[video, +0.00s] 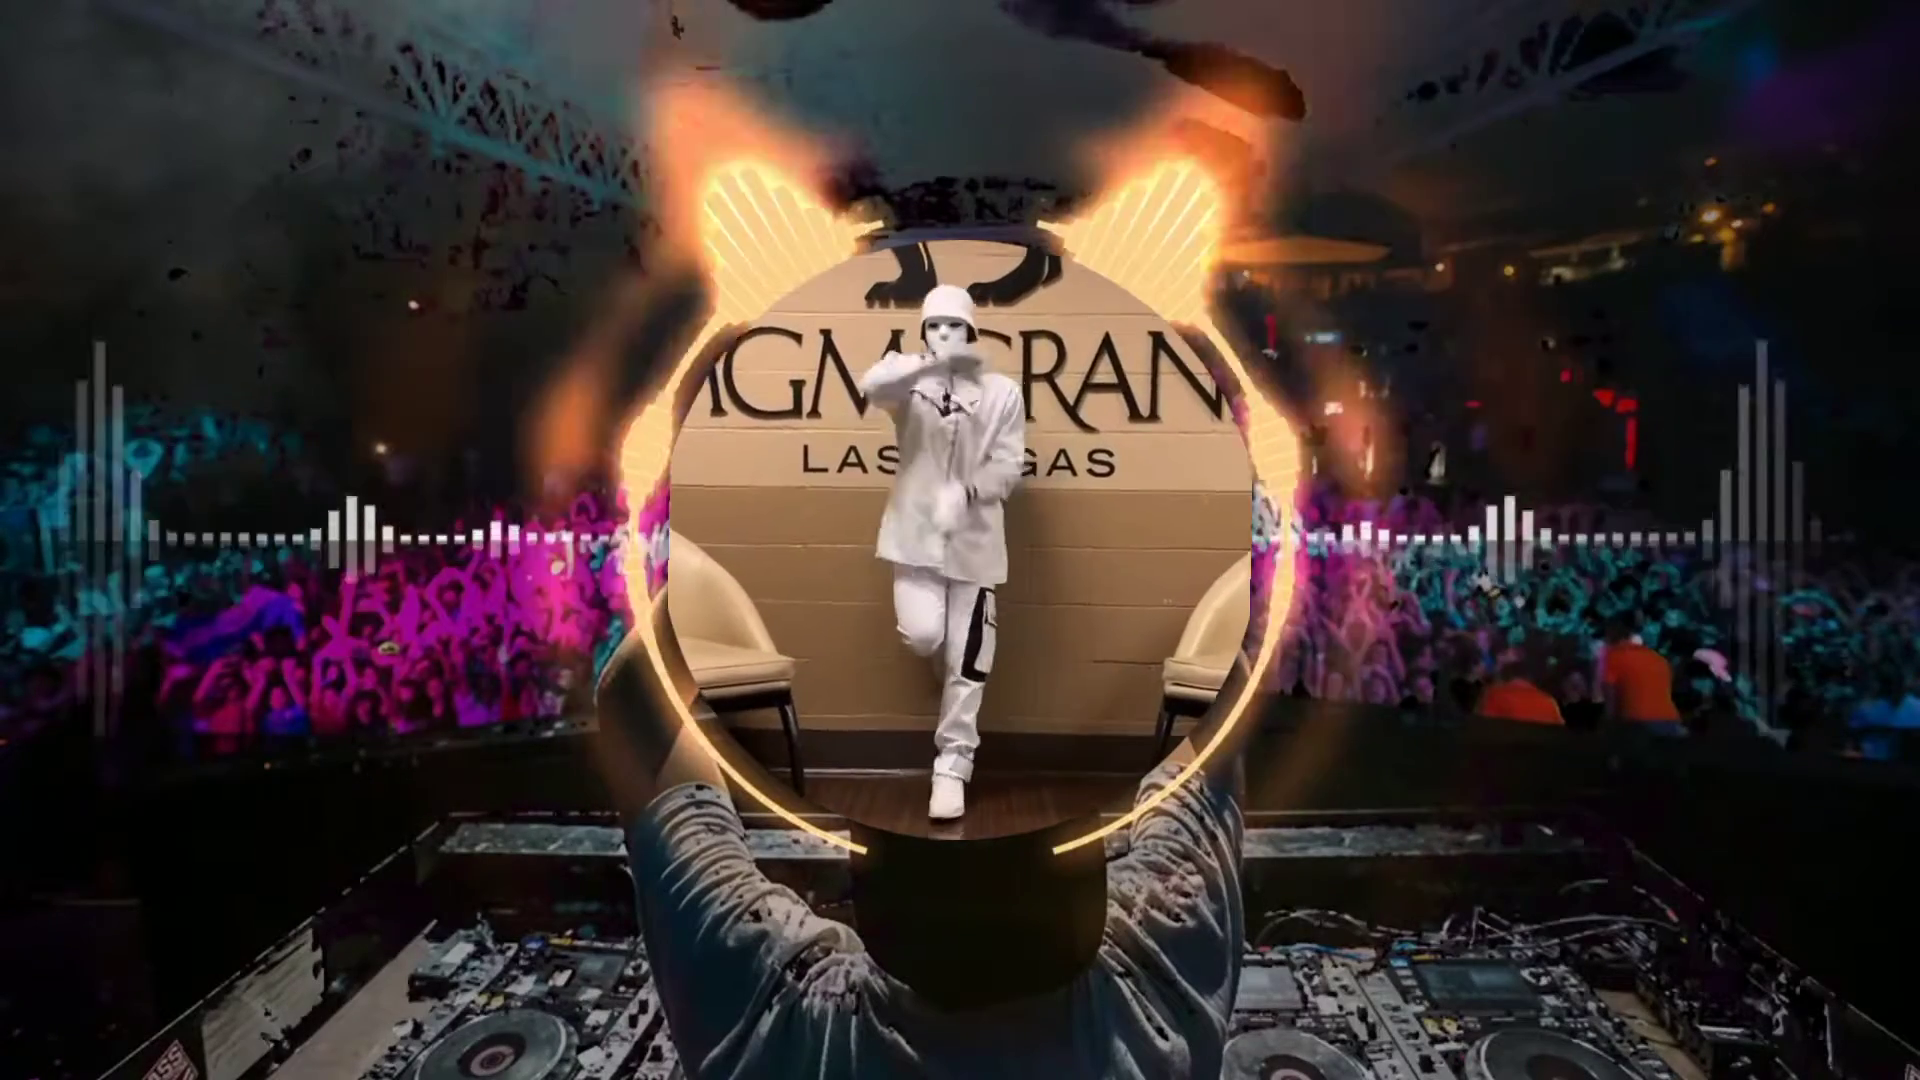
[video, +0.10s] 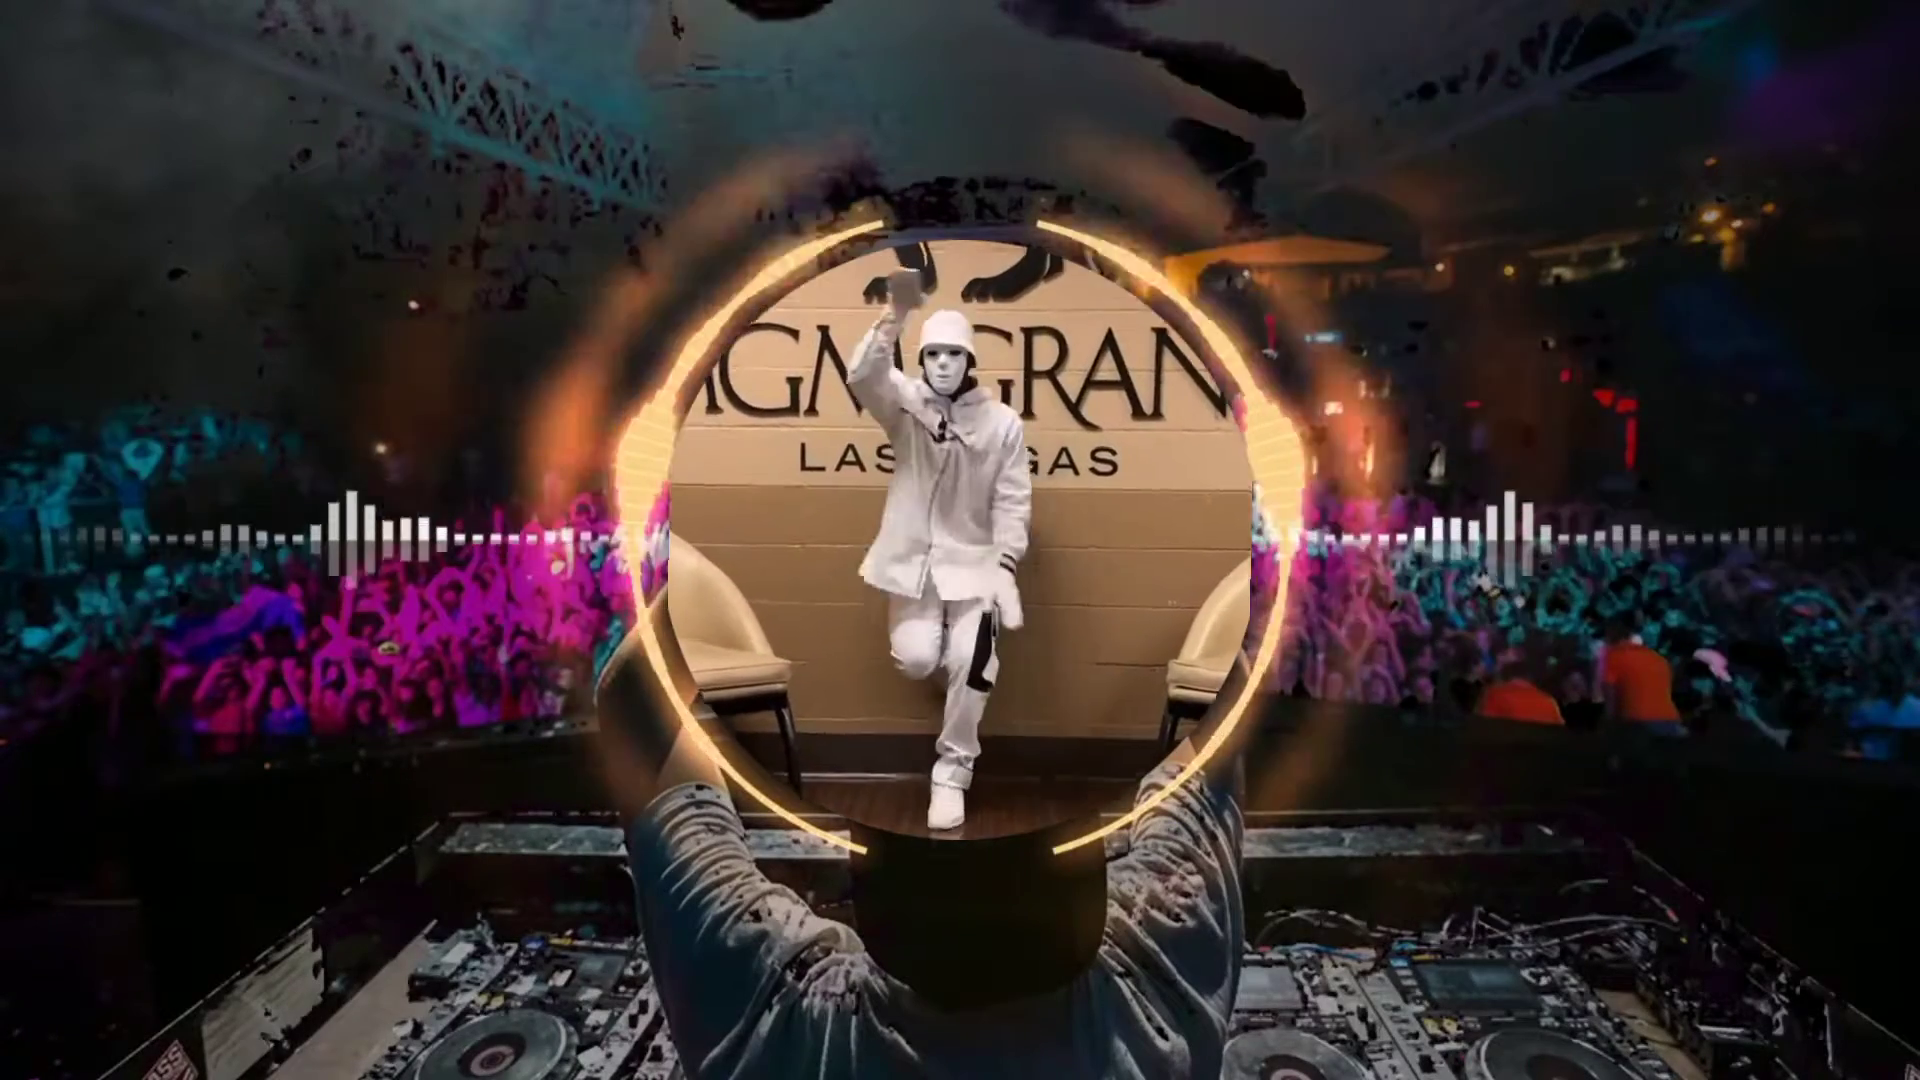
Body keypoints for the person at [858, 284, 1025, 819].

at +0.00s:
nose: (945, 337)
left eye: (955, 328)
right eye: (936, 327)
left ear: (972, 332)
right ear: (923, 332)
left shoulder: (1002, 393)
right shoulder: (907, 377)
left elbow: (1009, 464)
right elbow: (874, 386)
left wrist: (972, 490)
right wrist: (937, 363)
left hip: (974, 546)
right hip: (915, 537)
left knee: (967, 665)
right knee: (922, 636)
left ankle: (951, 770)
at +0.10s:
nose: (944, 365)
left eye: (955, 356)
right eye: (935, 355)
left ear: (971, 362)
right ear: (921, 358)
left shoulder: (1002, 424)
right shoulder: (905, 406)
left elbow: (1013, 499)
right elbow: (865, 379)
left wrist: (1005, 564)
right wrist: (895, 315)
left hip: (976, 557)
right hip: (915, 553)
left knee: (972, 666)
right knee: (915, 657)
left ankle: (951, 776)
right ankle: (960, 653)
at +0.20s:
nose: (943, 378)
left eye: (954, 369)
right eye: (934, 368)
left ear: (970, 376)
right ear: (920, 373)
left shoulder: (1002, 439)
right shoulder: (898, 413)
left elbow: (1039, 516)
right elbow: (844, 390)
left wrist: (1072, 585)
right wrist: (842, 322)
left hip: (972, 576)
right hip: (908, 573)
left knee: (974, 672)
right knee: (915, 673)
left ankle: (950, 782)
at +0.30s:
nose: (944, 382)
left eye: (954, 373)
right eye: (934, 372)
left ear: (972, 379)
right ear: (920, 375)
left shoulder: (1005, 436)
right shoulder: (888, 418)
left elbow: (1077, 474)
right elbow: (819, 417)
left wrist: (1152, 510)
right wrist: (771, 378)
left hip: (970, 576)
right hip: (902, 579)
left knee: (974, 670)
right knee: (913, 680)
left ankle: (949, 788)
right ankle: (941, 639)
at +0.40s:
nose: (944, 385)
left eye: (955, 375)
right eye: (935, 374)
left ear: (974, 380)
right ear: (920, 378)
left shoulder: (1013, 426)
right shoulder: (889, 425)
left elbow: (1100, 410)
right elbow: (809, 451)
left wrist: (1185, 389)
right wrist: (735, 466)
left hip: (980, 580)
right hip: (912, 580)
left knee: (977, 681)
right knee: (915, 688)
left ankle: (950, 792)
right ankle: (928, 636)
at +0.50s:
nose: (946, 381)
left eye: (958, 371)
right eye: (936, 370)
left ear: (975, 375)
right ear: (923, 373)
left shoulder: (1002, 411)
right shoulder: (892, 422)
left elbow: (1061, 363)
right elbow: (850, 487)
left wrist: (1105, 305)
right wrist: (806, 542)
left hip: (982, 577)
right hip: (915, 579)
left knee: (978, 684)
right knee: (918, 689)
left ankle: (950, 797)